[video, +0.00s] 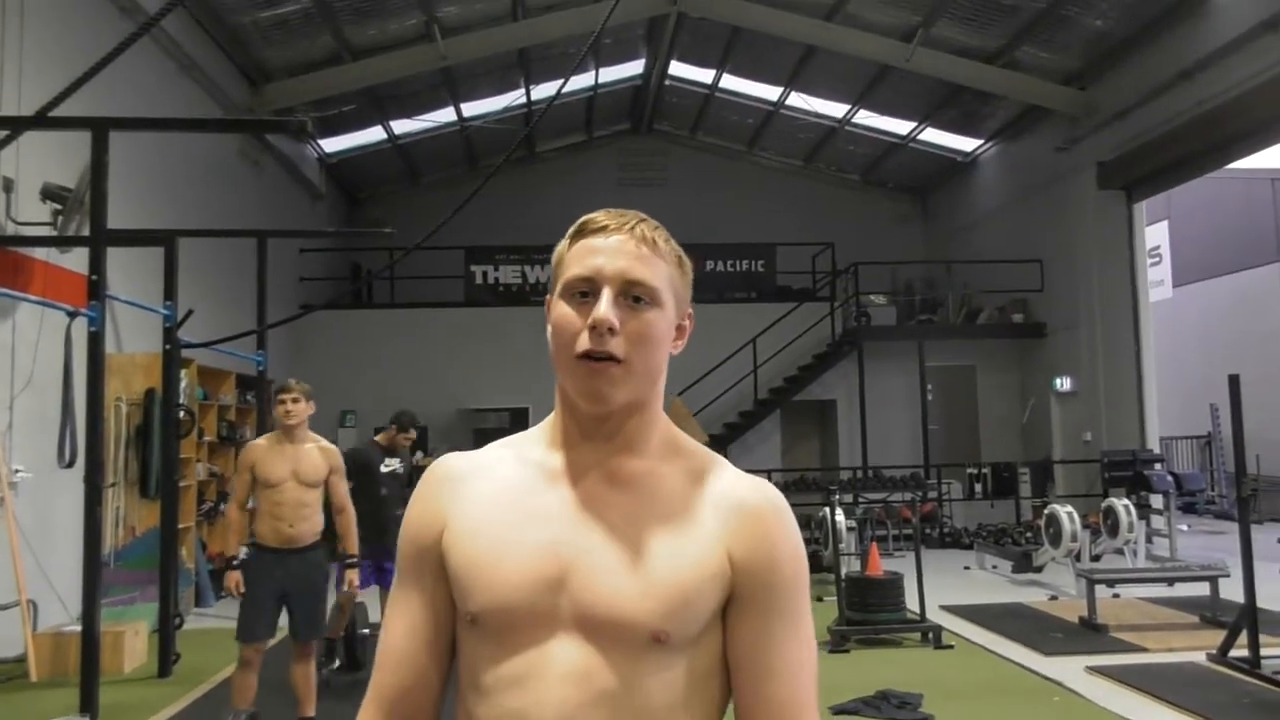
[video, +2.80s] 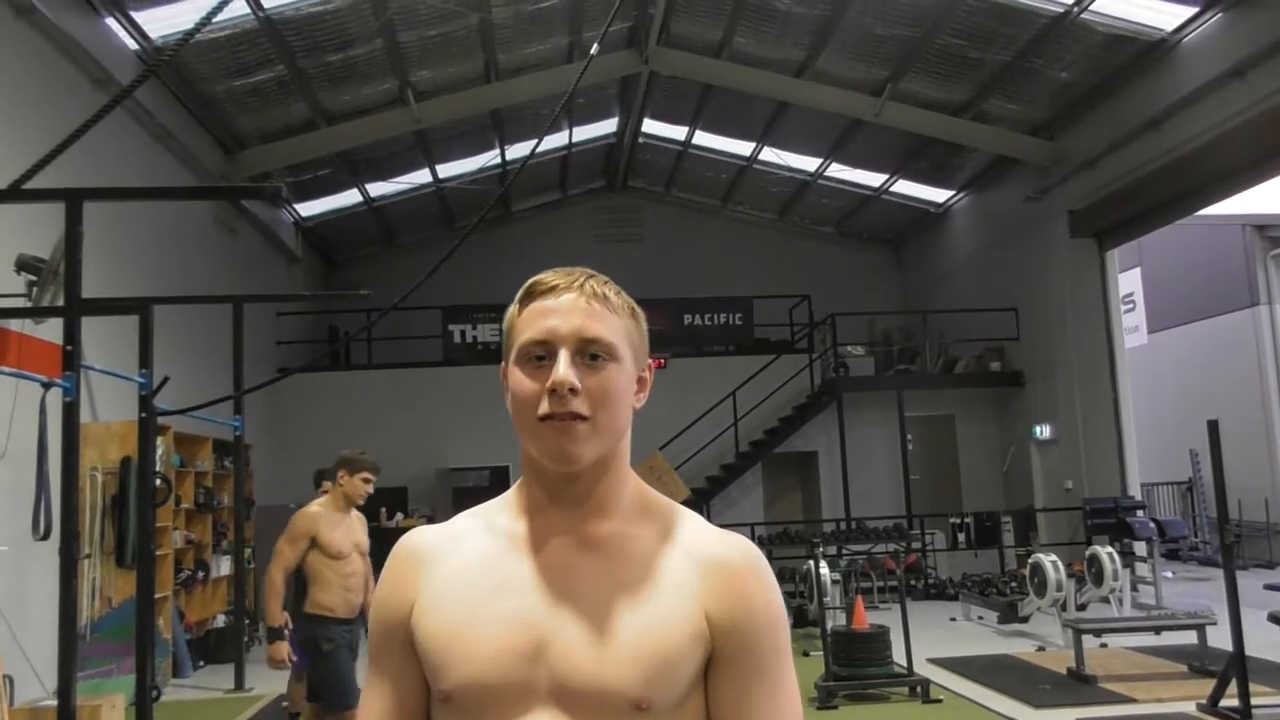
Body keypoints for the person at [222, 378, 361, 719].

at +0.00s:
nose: (288, 408)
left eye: (295, 402)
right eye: (282, 403)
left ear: (309, 408)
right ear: (274, 409)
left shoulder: (328, 453)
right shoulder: (255, 451)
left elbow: (343, 509)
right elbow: (237, 505)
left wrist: (352, 561)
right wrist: (232, 561)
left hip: (310, 561)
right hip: (263, 561)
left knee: (306, 648)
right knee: (250, 653)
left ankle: (308, 714)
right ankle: (240, 715)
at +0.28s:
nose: (252, 417)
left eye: (260, 411)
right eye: (246, 411)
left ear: (275, 417)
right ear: (237, 419)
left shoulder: (295, 461)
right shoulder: (221, 463)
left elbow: (311, 516)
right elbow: (204, 519)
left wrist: (313, 570)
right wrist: (199, 575)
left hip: (285, 570)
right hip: (237, 572)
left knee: (291, 662)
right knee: (236, 666)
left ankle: (301, 716)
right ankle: (231, 718)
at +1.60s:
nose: (288, 460)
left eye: (288, 453)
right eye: (283, 453)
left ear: (265, 455)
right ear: (262, 453)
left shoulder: (280, 497)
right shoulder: (217, 495)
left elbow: (290, 555)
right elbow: (189, 552)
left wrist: (308, 604)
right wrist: (189, 613)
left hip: (274, 608)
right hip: (230, 610)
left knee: (275, 698)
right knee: (227, 703)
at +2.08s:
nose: (312, 473)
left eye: (314, 467)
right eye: (307, 465)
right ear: (284, 463)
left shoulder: (303, 508)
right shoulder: (248, 501)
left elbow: (309, 568)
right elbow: (204, 549)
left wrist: (321, 621)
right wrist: (224, 604)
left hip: (297, 617)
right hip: (255, 620)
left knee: (282, 704)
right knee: (238, 708)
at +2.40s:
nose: (334, 481)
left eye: (336, 475)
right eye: (329, 473)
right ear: (306, 469)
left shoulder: (324, 515)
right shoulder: (269, 505)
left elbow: (331, 574)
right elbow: (225, 547)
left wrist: (340, 628)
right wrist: (238, 602)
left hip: (316, 618)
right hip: (278, 620)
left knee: (303, 705)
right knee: (294, 708)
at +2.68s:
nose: (357, 489)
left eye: (360, 483)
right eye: (353, 480)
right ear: (330, 476)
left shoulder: (347, 520)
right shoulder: (295, 513)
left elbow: (354, 579)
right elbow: (254, 563)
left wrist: (361, 631)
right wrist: (265, 621)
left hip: (336, 625)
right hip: (304, 627)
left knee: (300, 707)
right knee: (337, 710)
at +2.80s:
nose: (370, 490)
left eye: (372, 484)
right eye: (365, 481)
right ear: (342, 478)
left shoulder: (359, 518)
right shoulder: (309, 517)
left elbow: (366, 571)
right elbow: (276, 571)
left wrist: (373, 618)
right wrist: (276, 634)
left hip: (351, 625)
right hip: (321, 628)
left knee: (321, 707)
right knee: (345, 709)